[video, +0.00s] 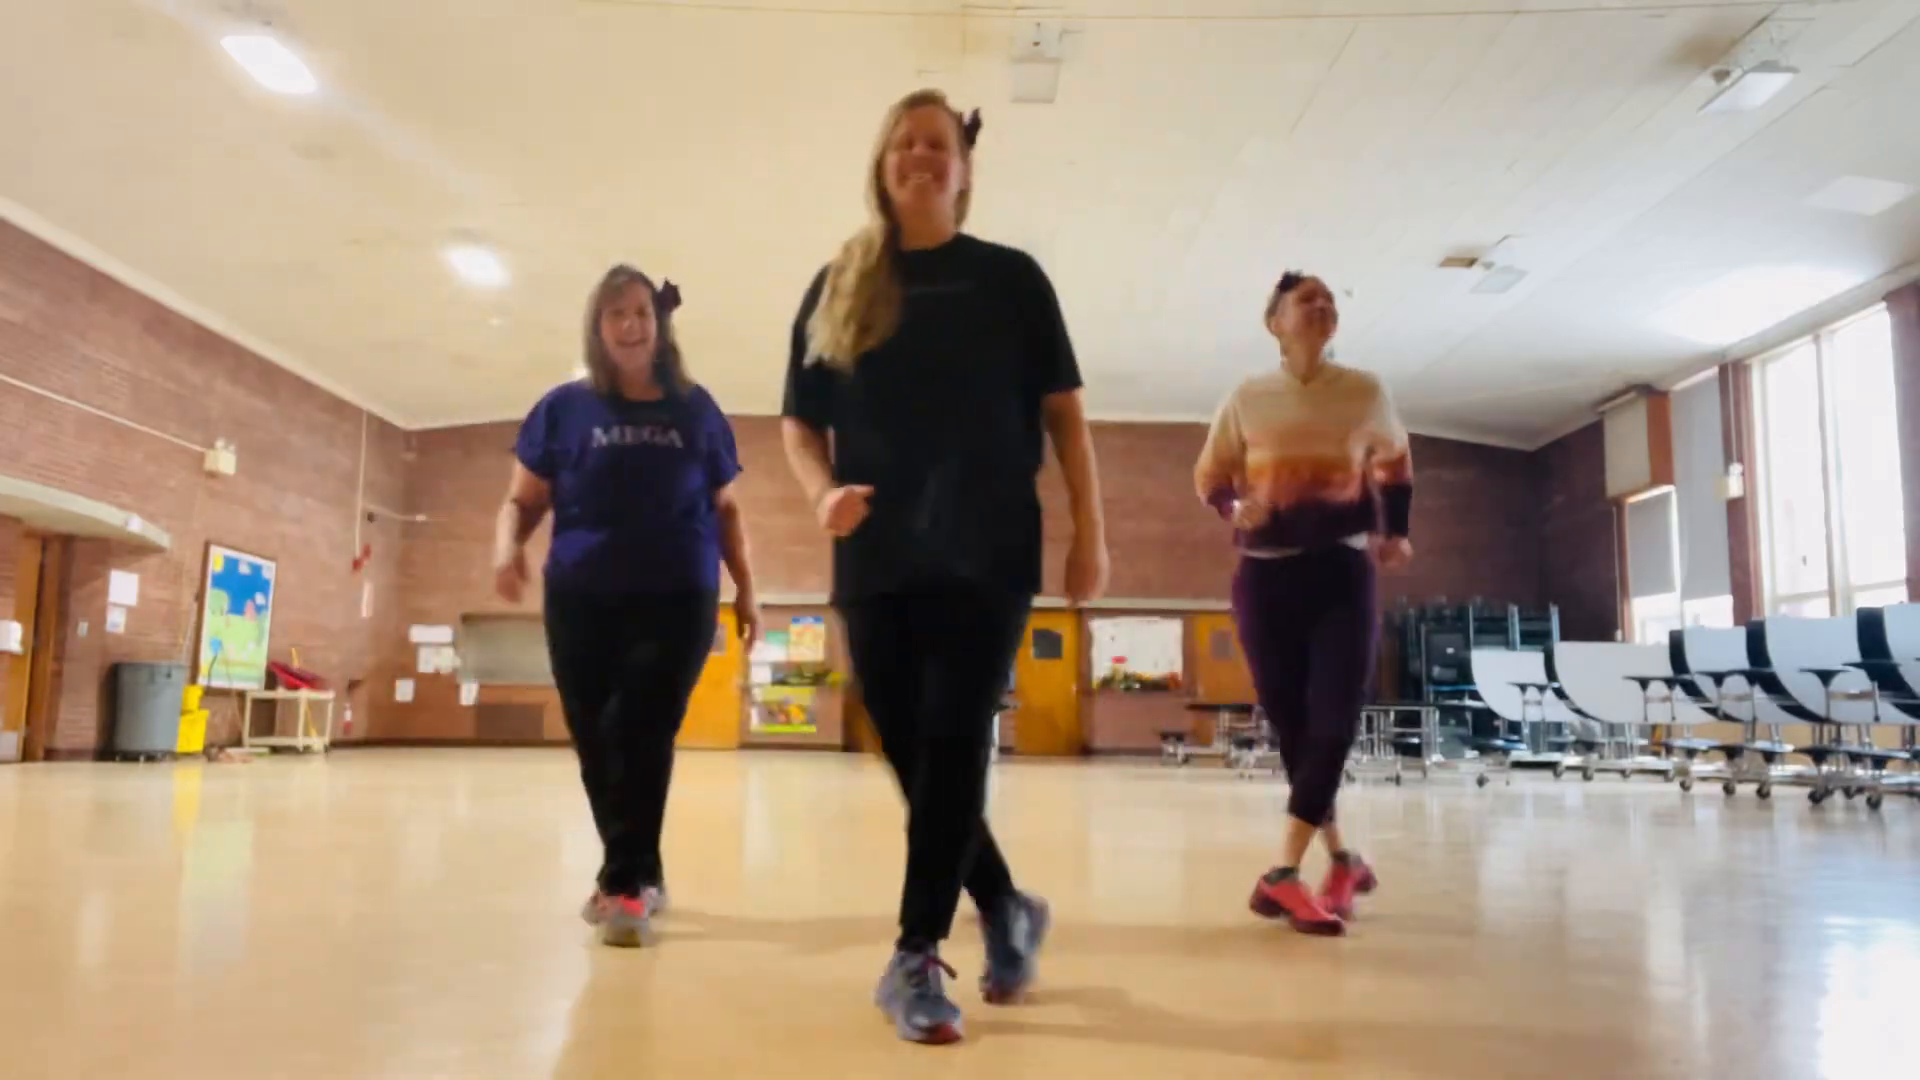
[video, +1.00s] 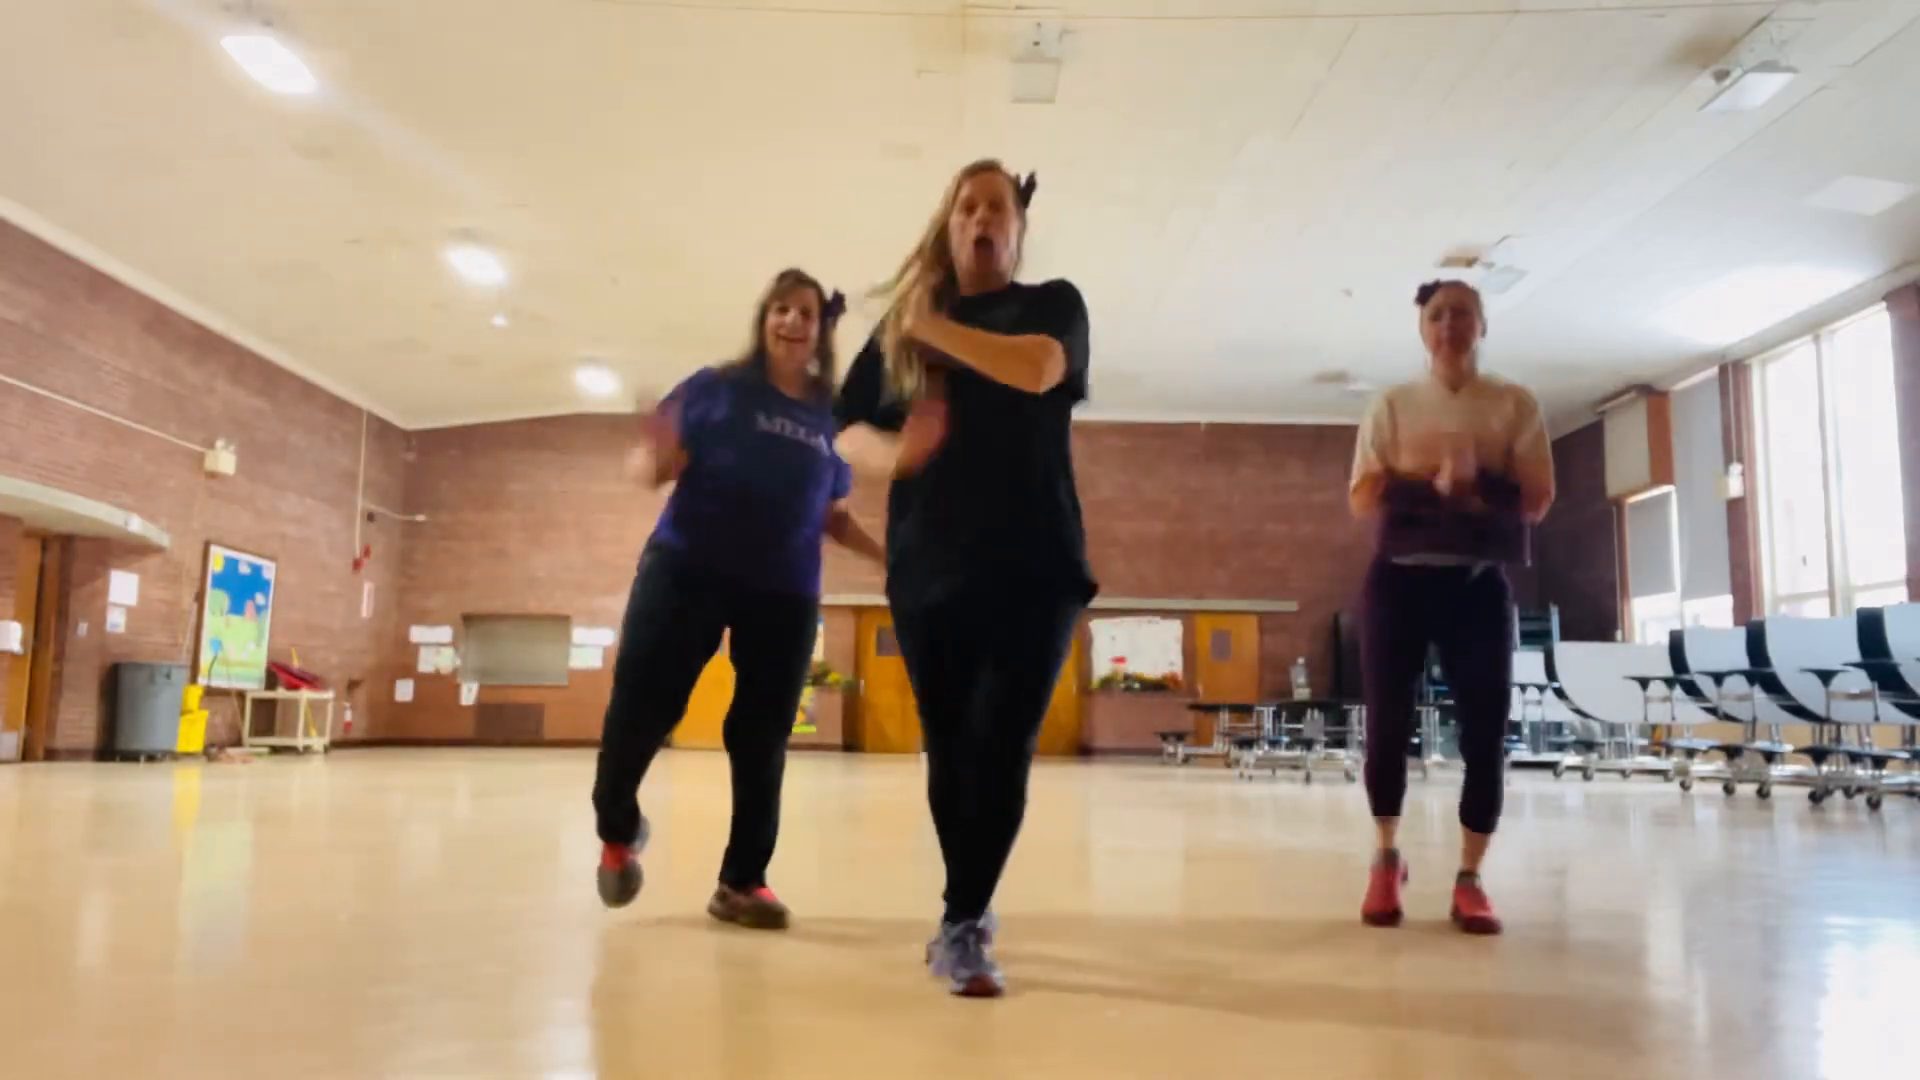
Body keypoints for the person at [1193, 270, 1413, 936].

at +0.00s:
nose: (1320, 306)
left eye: (1327, 299)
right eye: (1304, 299)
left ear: (1336, 322)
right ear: (1274, 322)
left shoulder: (1362, 391)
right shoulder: (1246, 399)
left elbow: (1395, 463)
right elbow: (1209, 476)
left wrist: (1394, 528)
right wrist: (1232, 506)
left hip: (1342, 571)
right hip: (1267, 576)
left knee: (1332, 722)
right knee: (1292, 726)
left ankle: (1284, 873)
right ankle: (1342, 860)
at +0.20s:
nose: (1351, 311)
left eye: (1359, 304)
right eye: (1337, 303)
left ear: (1369, 323)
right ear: (1312, 321)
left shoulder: (1394, 398)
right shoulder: (1281, 406)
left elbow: (1447, 453)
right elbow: (1245, 494)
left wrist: (1470, 492)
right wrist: (1268, 547)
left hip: (1380, 569)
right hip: (1308, 573)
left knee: (1438, 687)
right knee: (1326, 727)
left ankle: (1402, 836)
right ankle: (1353, 872)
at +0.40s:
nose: (1397, 307)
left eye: (1406, 300)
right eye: (1385, 298)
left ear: (1418, 320)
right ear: (1361, 316)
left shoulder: (1446, 394)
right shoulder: (1330, 394)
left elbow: (1539, 425)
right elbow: (1294, 478)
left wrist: (1527, 424)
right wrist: (1319, 520)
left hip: (1429, 569)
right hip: (1354, 574)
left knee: (1481, 715)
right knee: (1358, 728)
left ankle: (1505, 861)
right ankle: (1356, 876)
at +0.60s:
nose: (1442, 323)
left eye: (1453, 315)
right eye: (1430, 315)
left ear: (1470, 331)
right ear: (1411, 331)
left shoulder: (1499, 405)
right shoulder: (1384, 413)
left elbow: (1565, 483)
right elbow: (1357, 507)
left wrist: (1520, 420)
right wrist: (1381, 506)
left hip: (1481, 582)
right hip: (1403, 579)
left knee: (1508, 737)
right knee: (1363, 705)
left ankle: (1513, 883)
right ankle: (1371, 824)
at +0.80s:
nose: (1449, 284)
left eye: (1461, 274)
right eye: (1438, 274)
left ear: (1479, 287)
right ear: (1421, 287)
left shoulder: (1511, 361)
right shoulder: (1394, 366)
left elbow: (1528, 448)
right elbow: (1362, 456)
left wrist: (1506, 379)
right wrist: (1403, 405)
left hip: (1480, 538)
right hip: (1403, 532)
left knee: (1488, 706)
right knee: (1364, 636)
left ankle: (1499, 864)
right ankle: (1388, 740)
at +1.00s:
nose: (1450, 325)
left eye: (1461, 315)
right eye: (1438, 315)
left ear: (1480, 326)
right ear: (1421, 328)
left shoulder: (1515, 405)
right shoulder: (1391, 407)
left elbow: (1538, 501)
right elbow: (1363, 499)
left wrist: (1475, 480)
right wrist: (1423, 482)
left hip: (1479, 586)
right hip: (1400, 582)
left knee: (1484, 737)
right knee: (1386, 728)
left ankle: (1469, 879)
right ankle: (1386, 861)